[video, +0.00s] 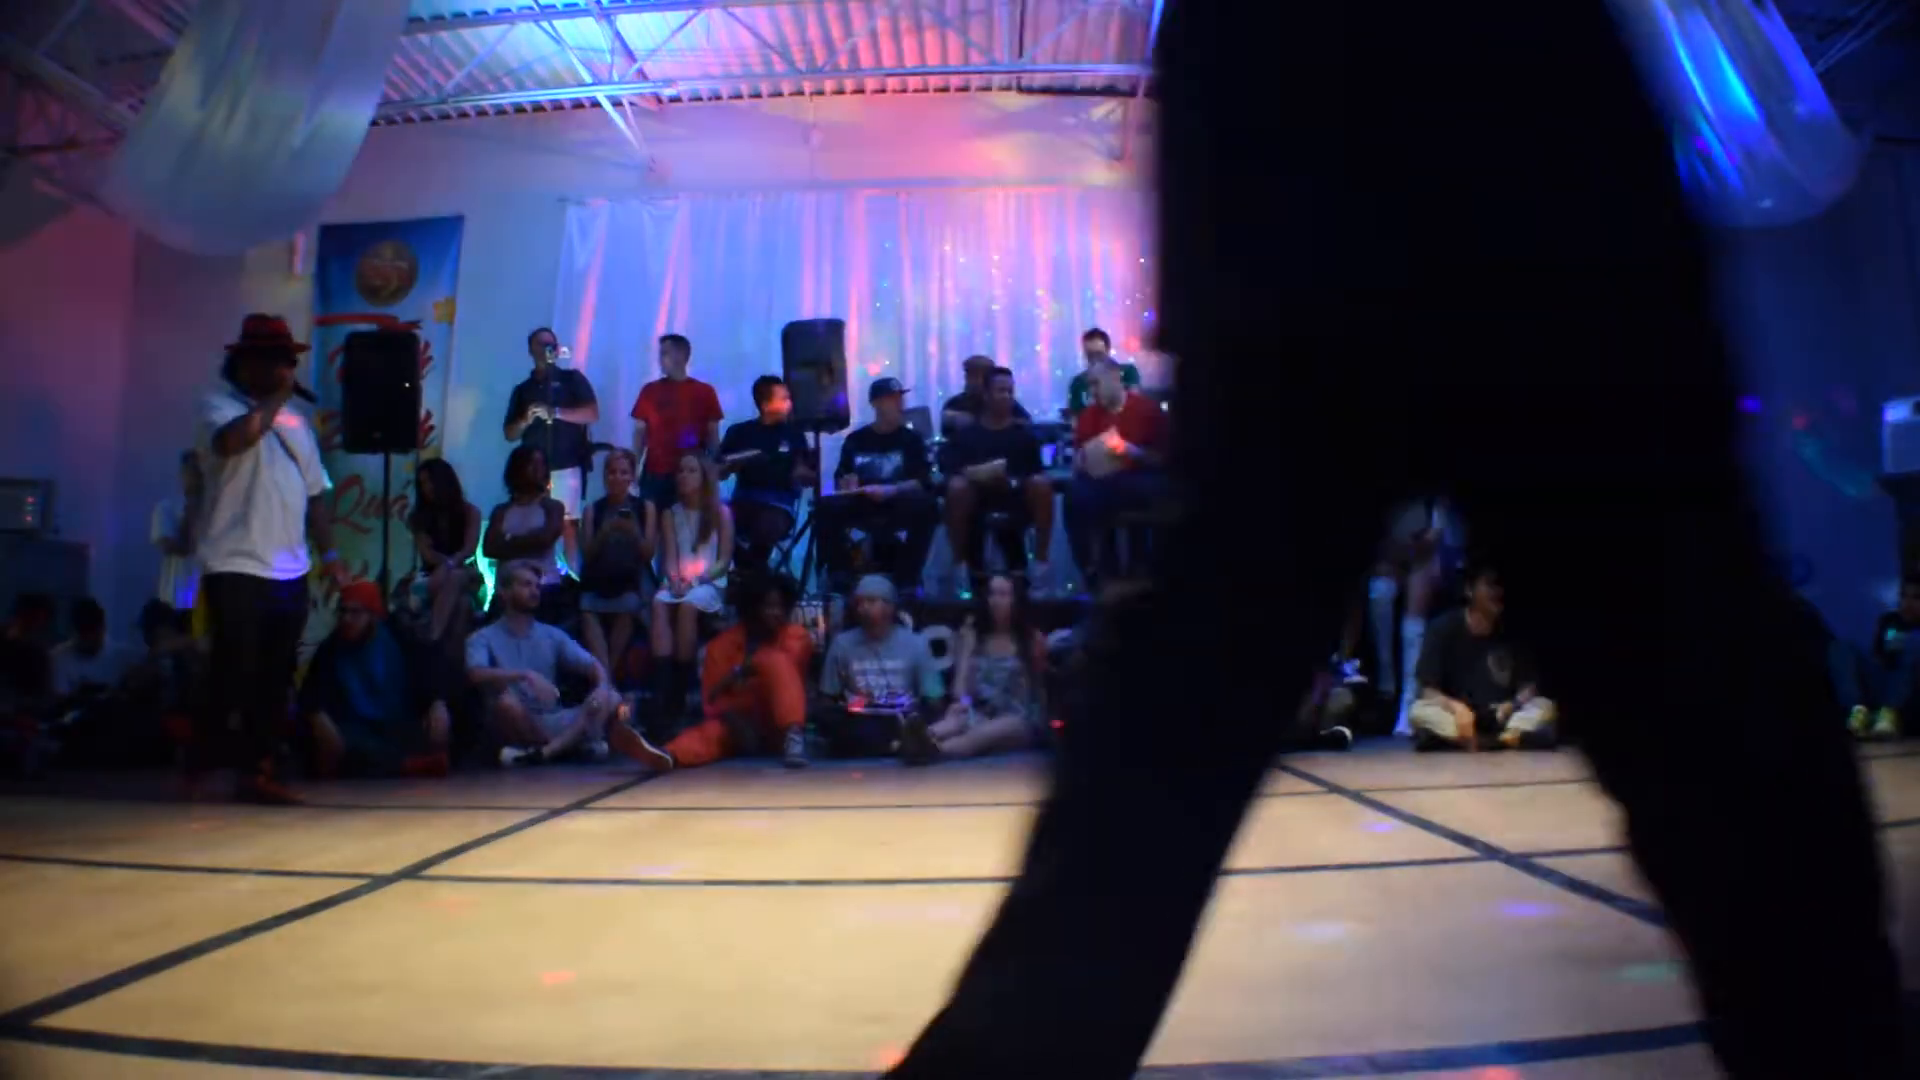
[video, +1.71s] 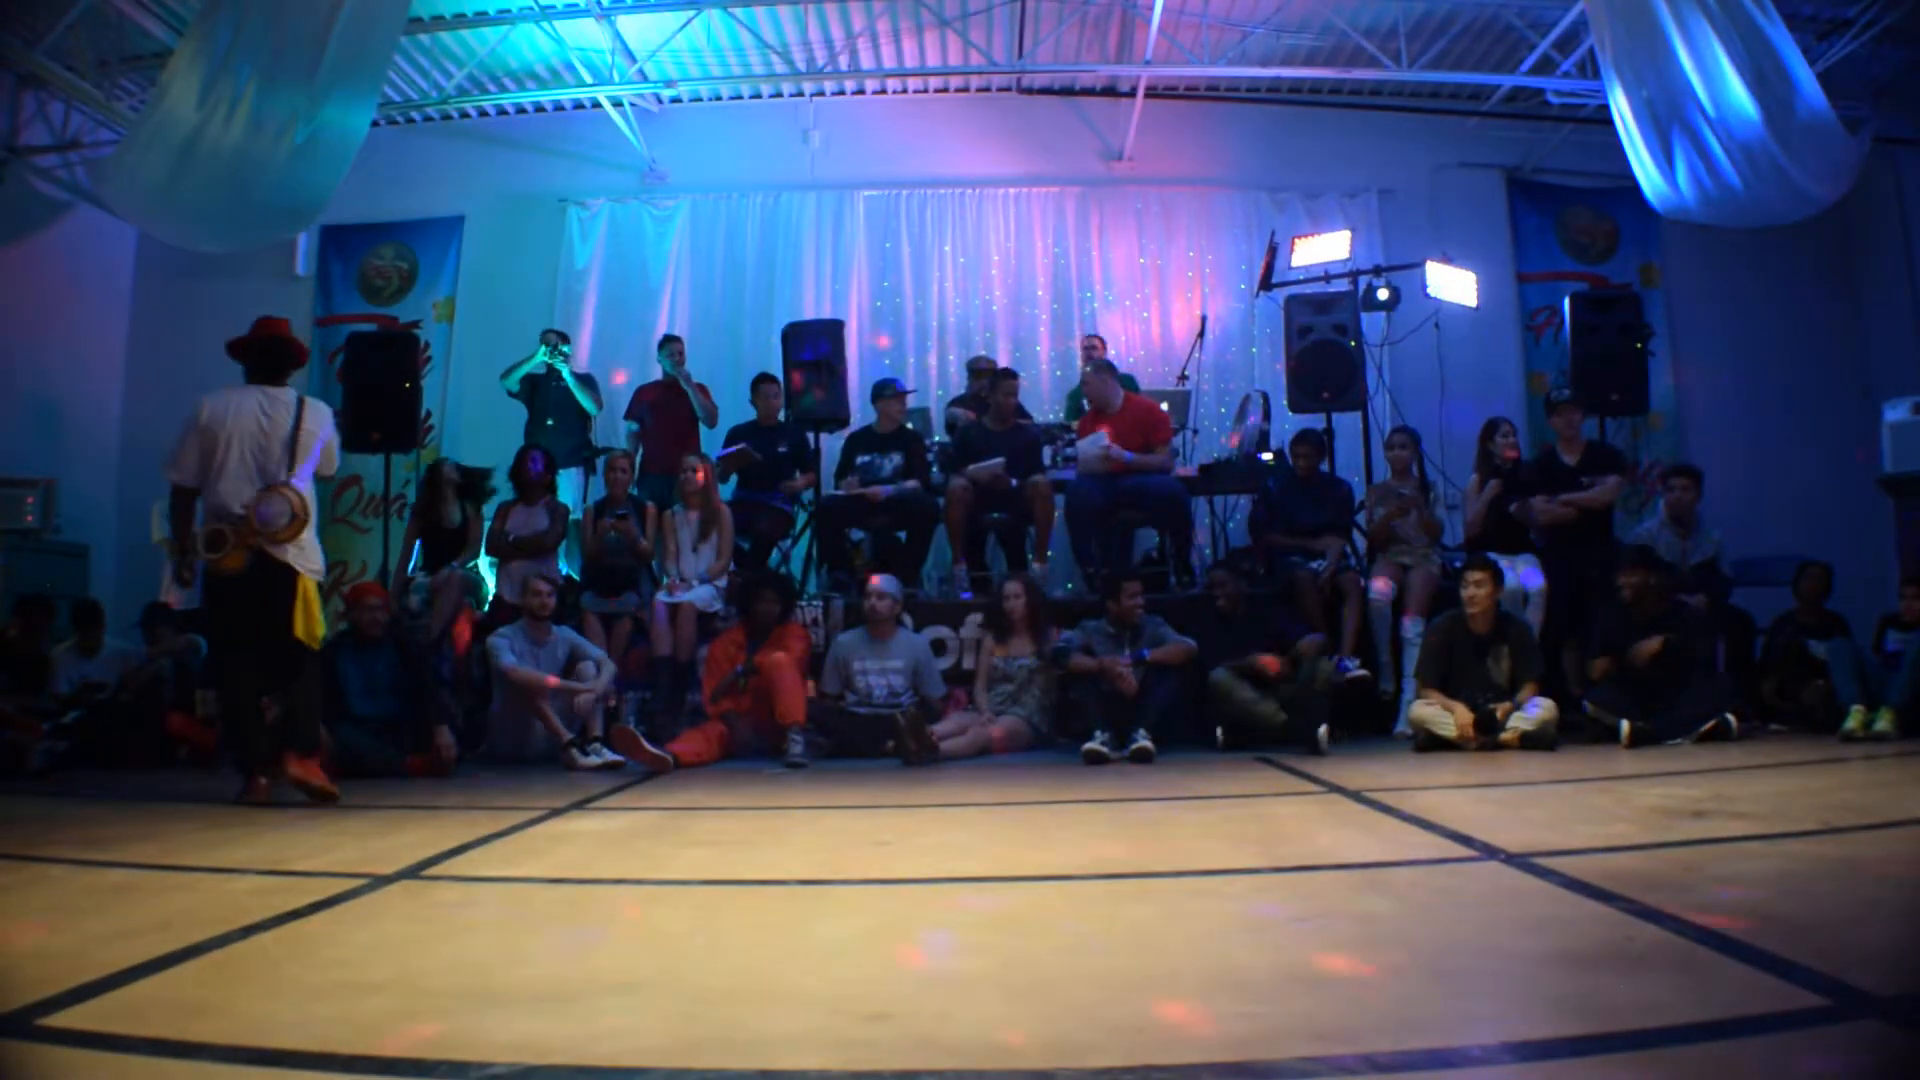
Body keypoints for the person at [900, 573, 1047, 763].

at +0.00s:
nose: (997, 601)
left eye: (1004, 595)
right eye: (993, 594)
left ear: (1017, 600)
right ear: (985, 599)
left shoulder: (1030, 638)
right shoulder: (972, 636)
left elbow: (1040, 683)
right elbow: (961, 679)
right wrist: (962, 702)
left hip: (1017, 711)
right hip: (980, 709)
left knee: (987, 733)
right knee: (956, 720)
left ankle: (938, 749)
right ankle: (924, 736)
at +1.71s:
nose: (1011, 605)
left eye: (1017, 597)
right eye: (1006, 599)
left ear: (1031, 600)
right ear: (1000, 603)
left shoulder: (1046, 638)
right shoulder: (992, 640)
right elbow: (980, 686)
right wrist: (986, 712)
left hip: (1028, 713)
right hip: (993, 710)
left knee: (984, 735)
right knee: (958, 720)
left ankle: (932, 752)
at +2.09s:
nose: (1014, 602)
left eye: (1021, 595)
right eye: (1009, 596)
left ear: (1034, 599)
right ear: (1002, 601)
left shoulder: (1048, 640)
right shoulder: (992, 641)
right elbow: (979, 685)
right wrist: (984, 712)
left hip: (1028, 715)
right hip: (992, 711)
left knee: (980, 736)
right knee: (958, 720)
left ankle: (929, 752)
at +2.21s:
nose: (1014, 601)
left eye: (1020, 594)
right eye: (1008, 595)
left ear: (1032, 598)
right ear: (1001, 600)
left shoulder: (1047, 638)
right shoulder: (991, 640)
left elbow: (1054, 684)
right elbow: (978, 686)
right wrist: (984, 711)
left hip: (1028, 712)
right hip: (992, 709)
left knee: (981, 735)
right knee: (956, 720)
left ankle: (931, 752)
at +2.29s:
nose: (1013, 600)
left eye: (1019, 594)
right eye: (1007, 595)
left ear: (1031, 598)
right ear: (1001, 601)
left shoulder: (1045, 638)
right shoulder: (991, 640)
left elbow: (1052, 685)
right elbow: (977, 686)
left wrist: (1056, 730)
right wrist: (984, 711)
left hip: (1029, 712)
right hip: (992, 708)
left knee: (980, 736)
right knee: (958, 720)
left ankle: (929, 752)